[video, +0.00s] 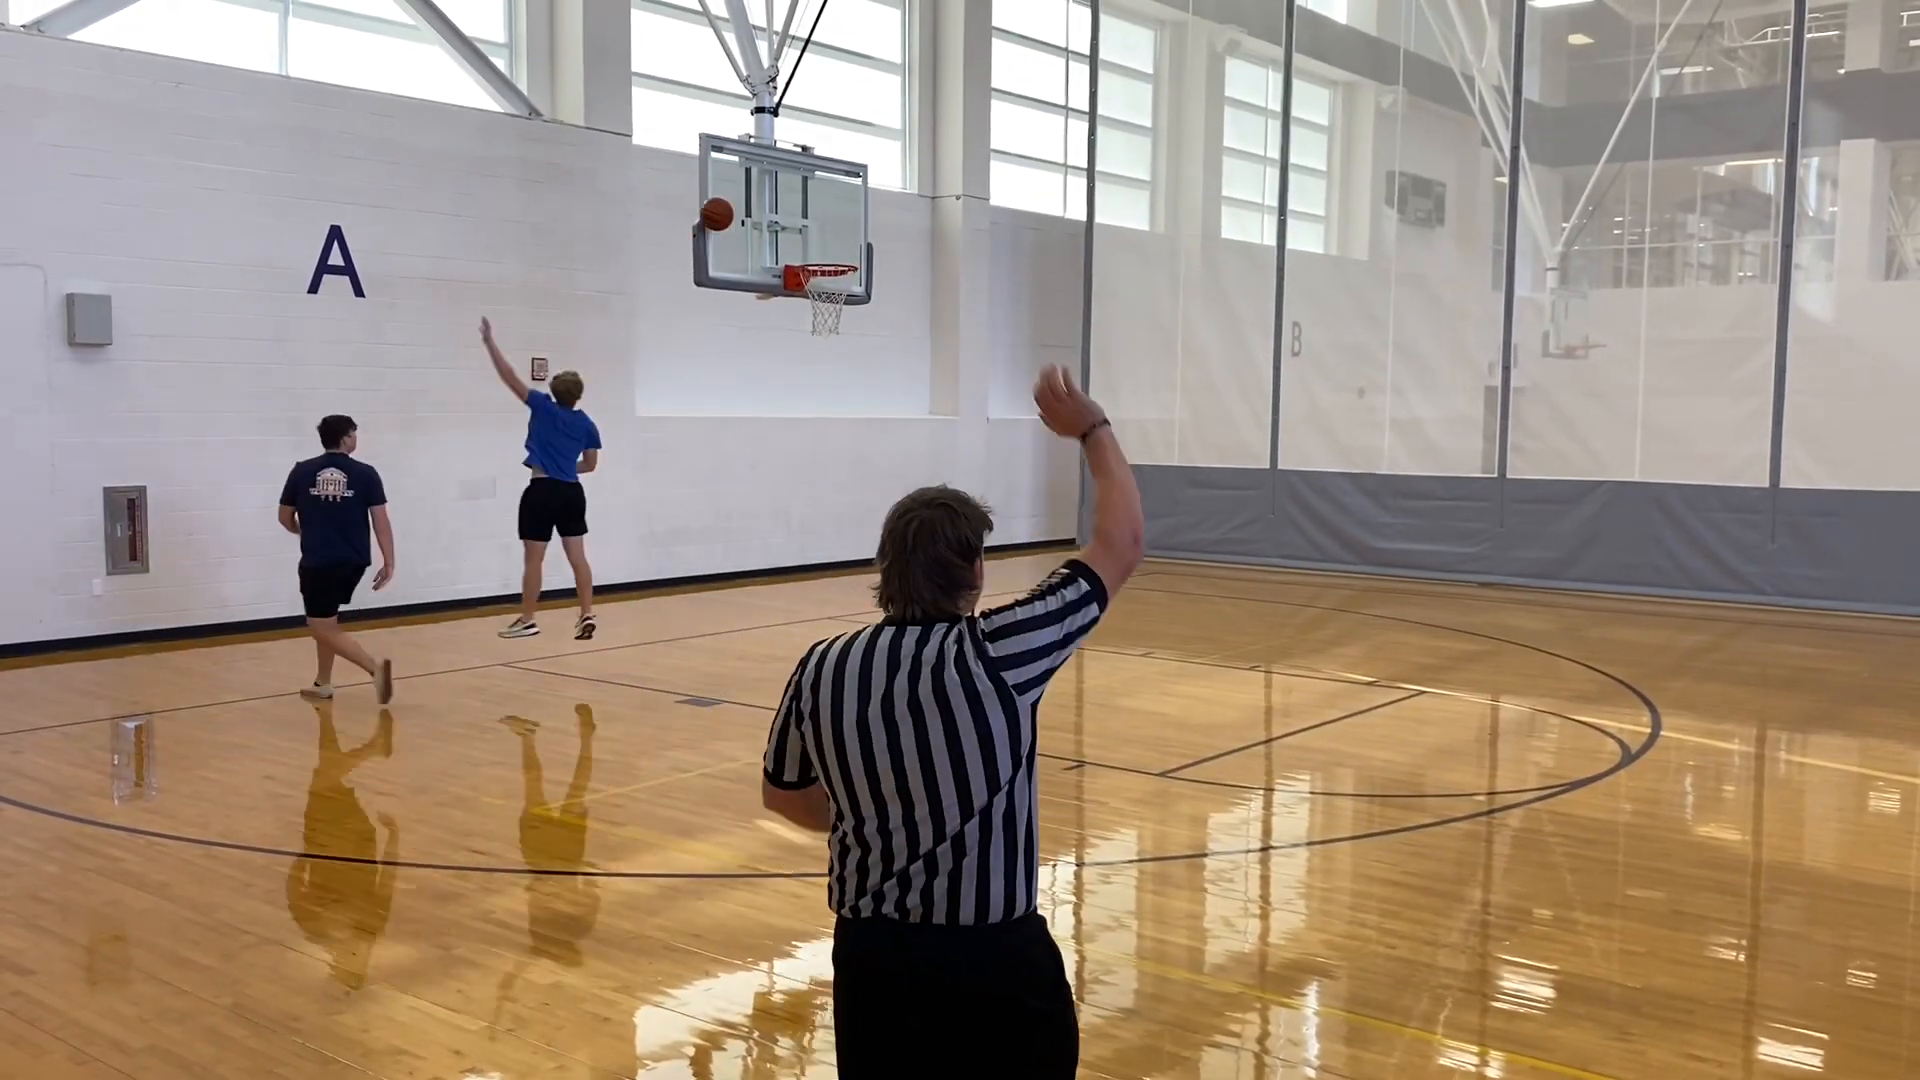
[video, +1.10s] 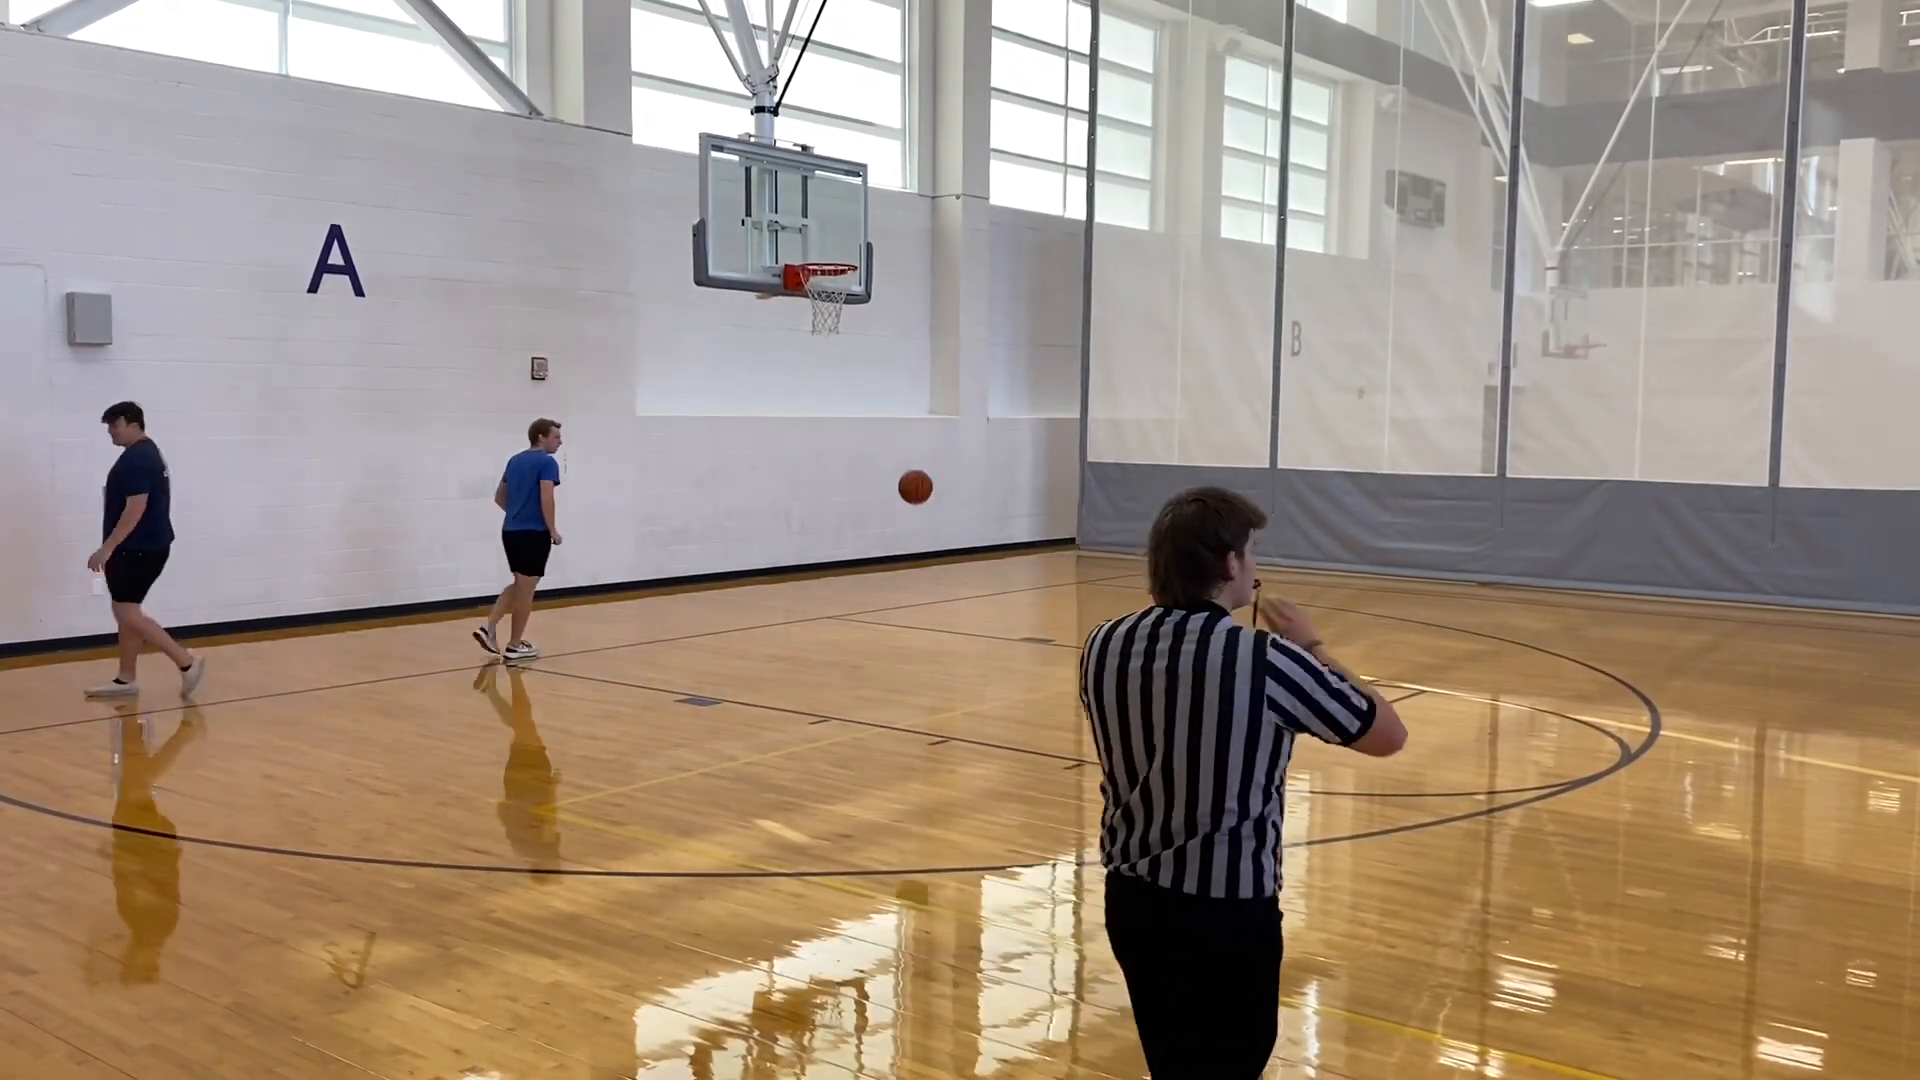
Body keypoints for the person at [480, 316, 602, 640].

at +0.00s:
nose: (551, 387)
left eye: (553, 385)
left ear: (554, 391)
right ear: (579, 395)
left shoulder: (542, 406)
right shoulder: (586, 425)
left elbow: (510, 377)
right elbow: (590, 465)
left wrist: (489, 342)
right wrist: (564, 467)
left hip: (540, 492)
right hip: (572, 494)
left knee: (533, 560)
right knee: (578, 558)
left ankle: (527, 619)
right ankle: (587, 615)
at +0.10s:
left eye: (532, 406)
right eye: (551, 406)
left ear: (529, 408)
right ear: (555, 410)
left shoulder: (520, 427)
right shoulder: (567, 437)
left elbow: (477, 421)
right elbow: (575, 479)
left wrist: (458, 385)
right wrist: (550, 479)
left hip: (523, 508)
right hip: (556, 511)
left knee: (505, 572)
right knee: (558, 576)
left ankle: (488, 629)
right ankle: (559, 636)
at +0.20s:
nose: (536, 436)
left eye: (533, 433)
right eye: (534, 434)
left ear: (509, 442)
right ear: (532, 439)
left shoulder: (501, 462)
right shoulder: (552, 465)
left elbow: (460, 481)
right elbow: (561, 504)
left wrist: (439, 454)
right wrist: (535, 512)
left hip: (505, 537)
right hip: (540, 541)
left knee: (481, 594)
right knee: (537, 603)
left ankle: (453, 649)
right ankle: (535, 660)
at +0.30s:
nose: (516, 454)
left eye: (514, 450)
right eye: (514, 452)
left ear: (491, 460)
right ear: (509, 457)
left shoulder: (477, 486)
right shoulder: (528, 485)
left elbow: (456, 527)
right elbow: (541, 527)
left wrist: (437, 536)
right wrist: (525, 544)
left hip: (485, 560)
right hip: (519, 561)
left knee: (463, 609)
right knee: (523, 615)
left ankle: (438, 662)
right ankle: (531, 657)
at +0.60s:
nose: (507, 443)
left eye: (506, 438)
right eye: (505, 439)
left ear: (479, 444)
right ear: (496, 441)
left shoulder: (462, 471)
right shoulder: (511, 464)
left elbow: (458, 514)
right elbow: (527, 499)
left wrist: (481, 524)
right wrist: (532, 537)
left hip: (475, 543)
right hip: (509, 538)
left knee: (461, 598)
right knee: (519, 589)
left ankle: (441, 654)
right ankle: (504, 644)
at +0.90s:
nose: (542, 452)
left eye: (542, 447)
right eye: (539, 447)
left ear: (518, 449)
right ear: (528, 448)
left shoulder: (494, 471)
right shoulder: (534, 471)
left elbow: (477, 508)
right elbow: (535, 506)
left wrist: (495, 526)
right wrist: (538, 541)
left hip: (492, 544)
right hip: (521, 543)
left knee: (479, 596)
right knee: (524, 595)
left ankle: (450, 635)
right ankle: (515, 647)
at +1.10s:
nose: (560, 441)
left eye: (559, 437)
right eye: (556, 437)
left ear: (537, 439)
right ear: (541, 438)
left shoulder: (515, 460)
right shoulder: (547, 462)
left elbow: (500, 497)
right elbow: (547, 497)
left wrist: (520, 512)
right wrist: (552, 528)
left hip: (511, 531)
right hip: (534, 533)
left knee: (520, 584)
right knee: (526, 589)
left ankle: (489, 626)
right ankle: (515, 644)